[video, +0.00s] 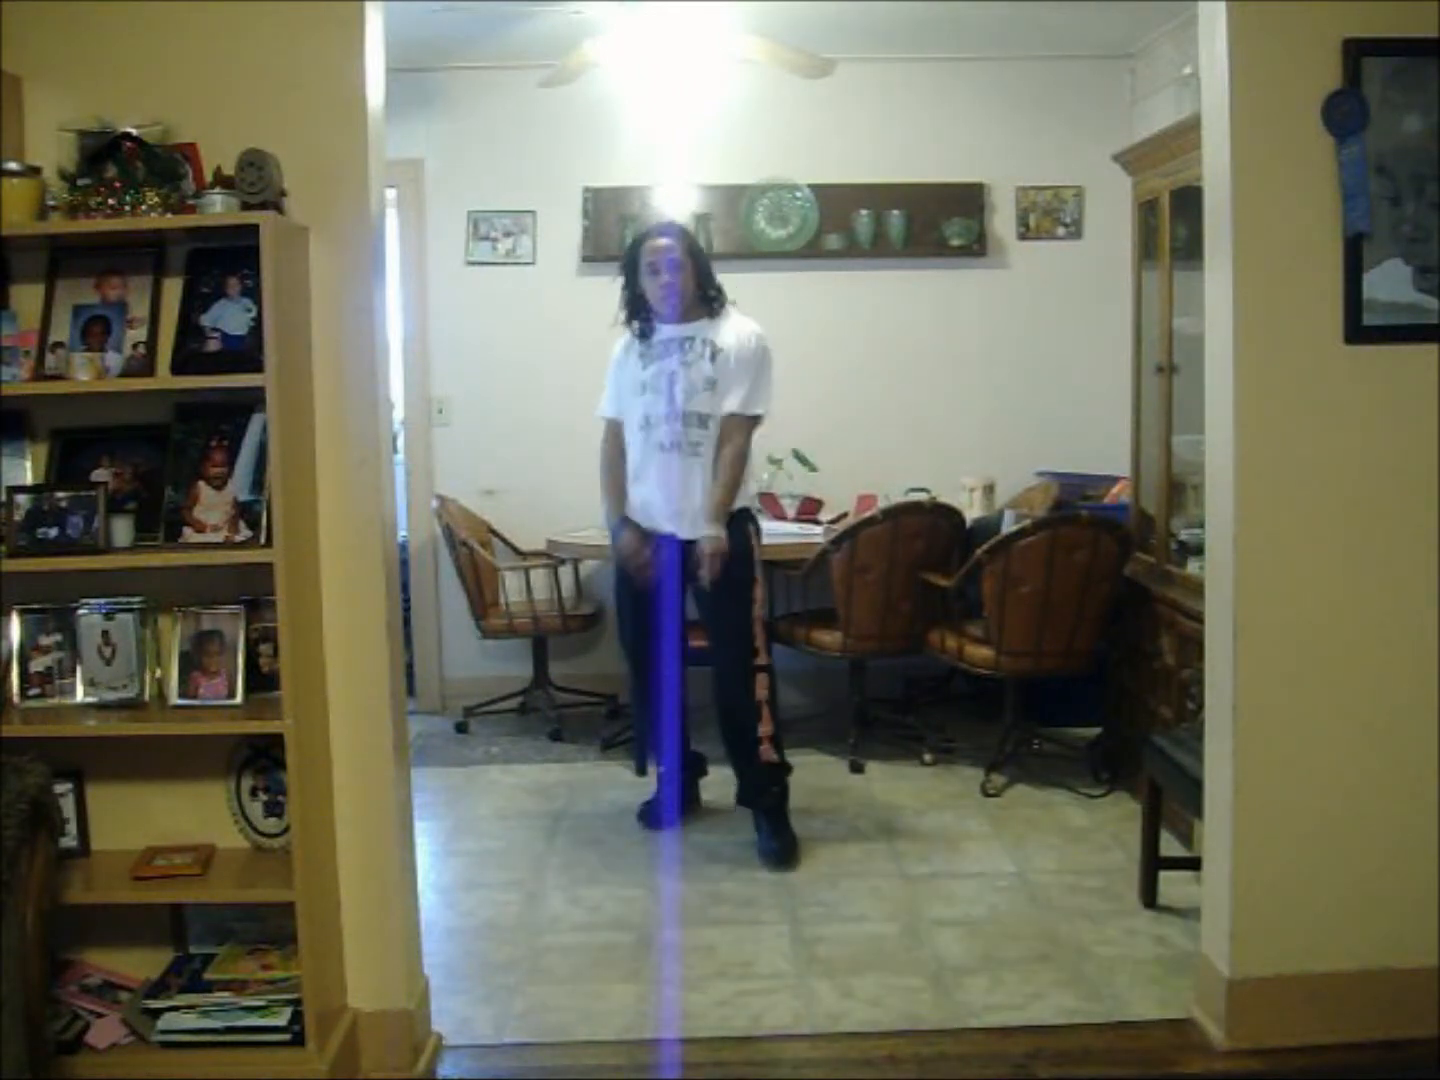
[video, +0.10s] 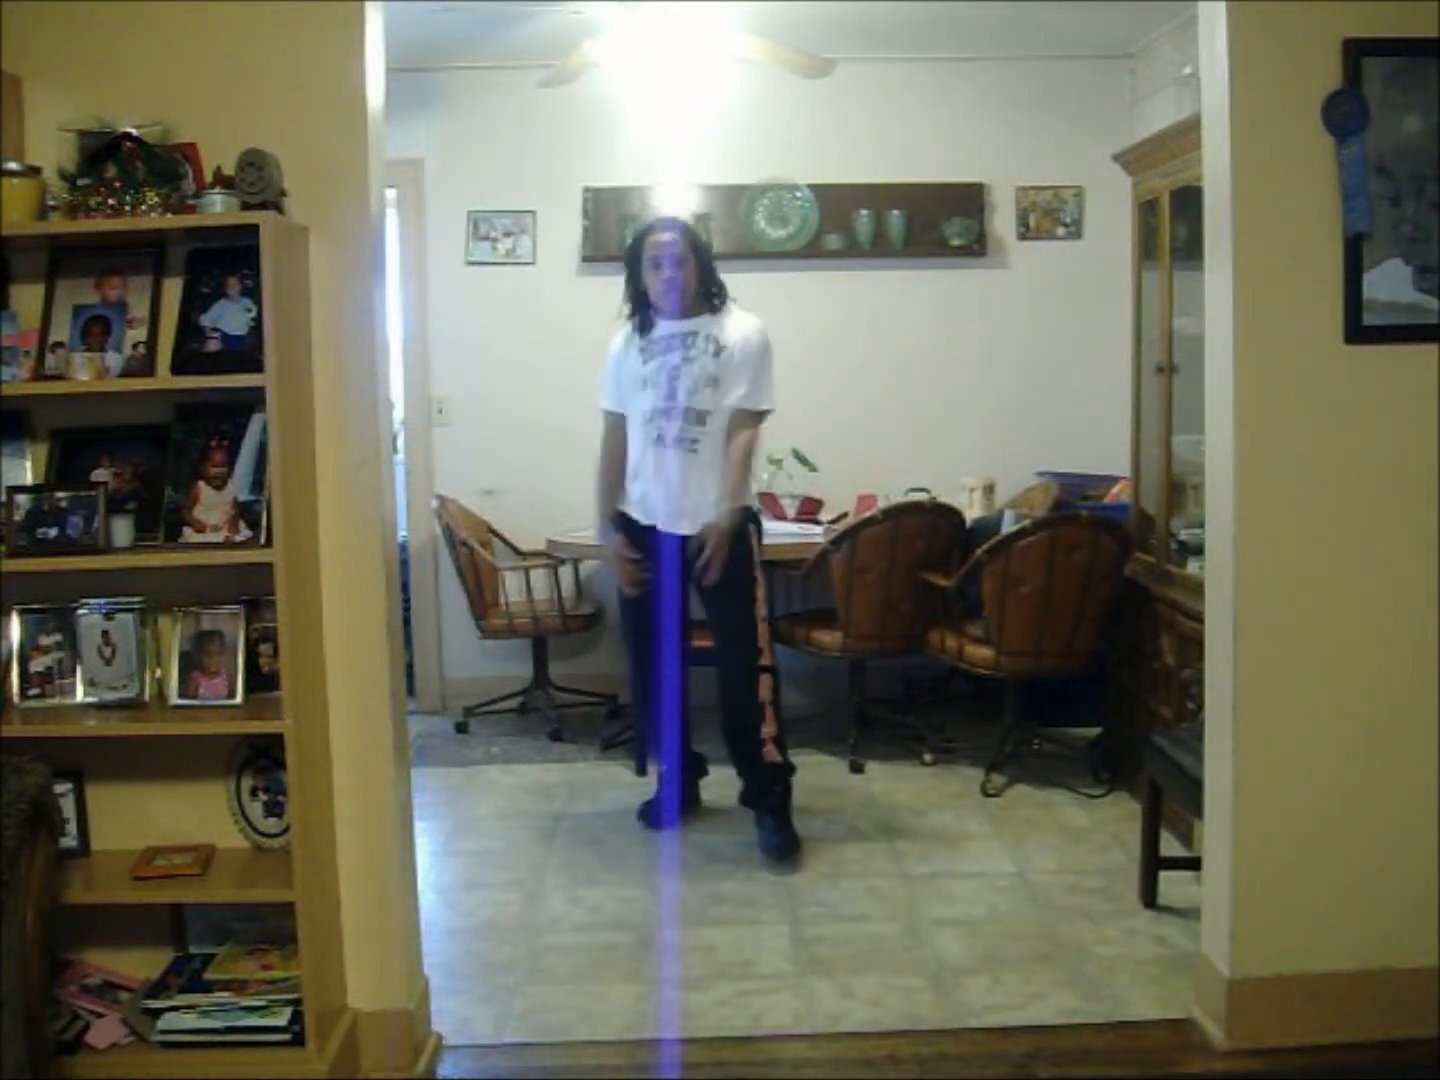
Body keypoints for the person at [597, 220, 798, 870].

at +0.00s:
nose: (664, 278)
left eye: (674, 265)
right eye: (653, 268)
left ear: (697, 271)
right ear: (637, 280)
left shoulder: (739, 338)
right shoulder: (631, 348)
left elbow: (735, 438)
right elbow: (613, 439)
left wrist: (716, 521)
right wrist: (619, 520)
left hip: (718, 527)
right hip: (644, 528)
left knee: (737, 668)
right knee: (651, 666)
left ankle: (768, 806)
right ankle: (675, 783)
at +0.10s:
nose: (669, 272)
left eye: (679, 260)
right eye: (657, 263)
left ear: (701, 267)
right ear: (639, 274)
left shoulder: (741, 335)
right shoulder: (628, 345)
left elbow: (743, 435)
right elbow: (613, 443)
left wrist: (729, 517)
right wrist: (609, 527)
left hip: (719, 524)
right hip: (645, 525)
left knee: (744, 663)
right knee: (653, 664)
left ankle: (770, 804)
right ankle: (675, 783)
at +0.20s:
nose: (677, 260)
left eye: (688, 249)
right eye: (664, 251)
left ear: (709, 257)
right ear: (646, 263)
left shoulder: (749, 328)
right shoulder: (631, 337)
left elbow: (769, 416)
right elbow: (610, 426)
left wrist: (794, 466)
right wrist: (583, 511)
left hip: (726, 514)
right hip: (647, 514)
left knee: (745, 656)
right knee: (658, 656)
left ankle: (777, 796)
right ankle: (675, 781)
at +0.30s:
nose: (682, 259)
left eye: (693, 246)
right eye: (669, 248)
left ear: (715, 255)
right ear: (649, 260)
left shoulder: (754, 329)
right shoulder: (633, 339)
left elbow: (788, 417)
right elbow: (608, 428)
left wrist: (837, 483)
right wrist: (571, 509)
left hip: (728, 517)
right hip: (648, 515)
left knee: (746, 657)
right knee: (659, 659)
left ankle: (776, 796)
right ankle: (674, 784)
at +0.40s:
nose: (694, 257)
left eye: (706, 246)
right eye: (682, 247)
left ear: (729, 257)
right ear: (661, 260)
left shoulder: (767, 331)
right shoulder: (643, 340)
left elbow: (818, 408)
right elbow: (615, 423)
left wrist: (879, 466)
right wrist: (565, 502)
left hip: (734, 522)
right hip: (652, 519)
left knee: (751, 660)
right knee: (660, 659)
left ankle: (777, 799)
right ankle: (674, 782)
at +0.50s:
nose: (702, 257)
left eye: (715, 247)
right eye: (691, 248)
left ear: (738, 259)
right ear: (671, 260)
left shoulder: (776, 333)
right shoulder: (648, 336)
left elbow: (828, 407)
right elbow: (619, 419)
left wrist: (885, 471)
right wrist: (573, 502)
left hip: (738, 522)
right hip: (657, 520)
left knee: (751, 660)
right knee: (662, 659)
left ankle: (777, 801)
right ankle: (675, 783)